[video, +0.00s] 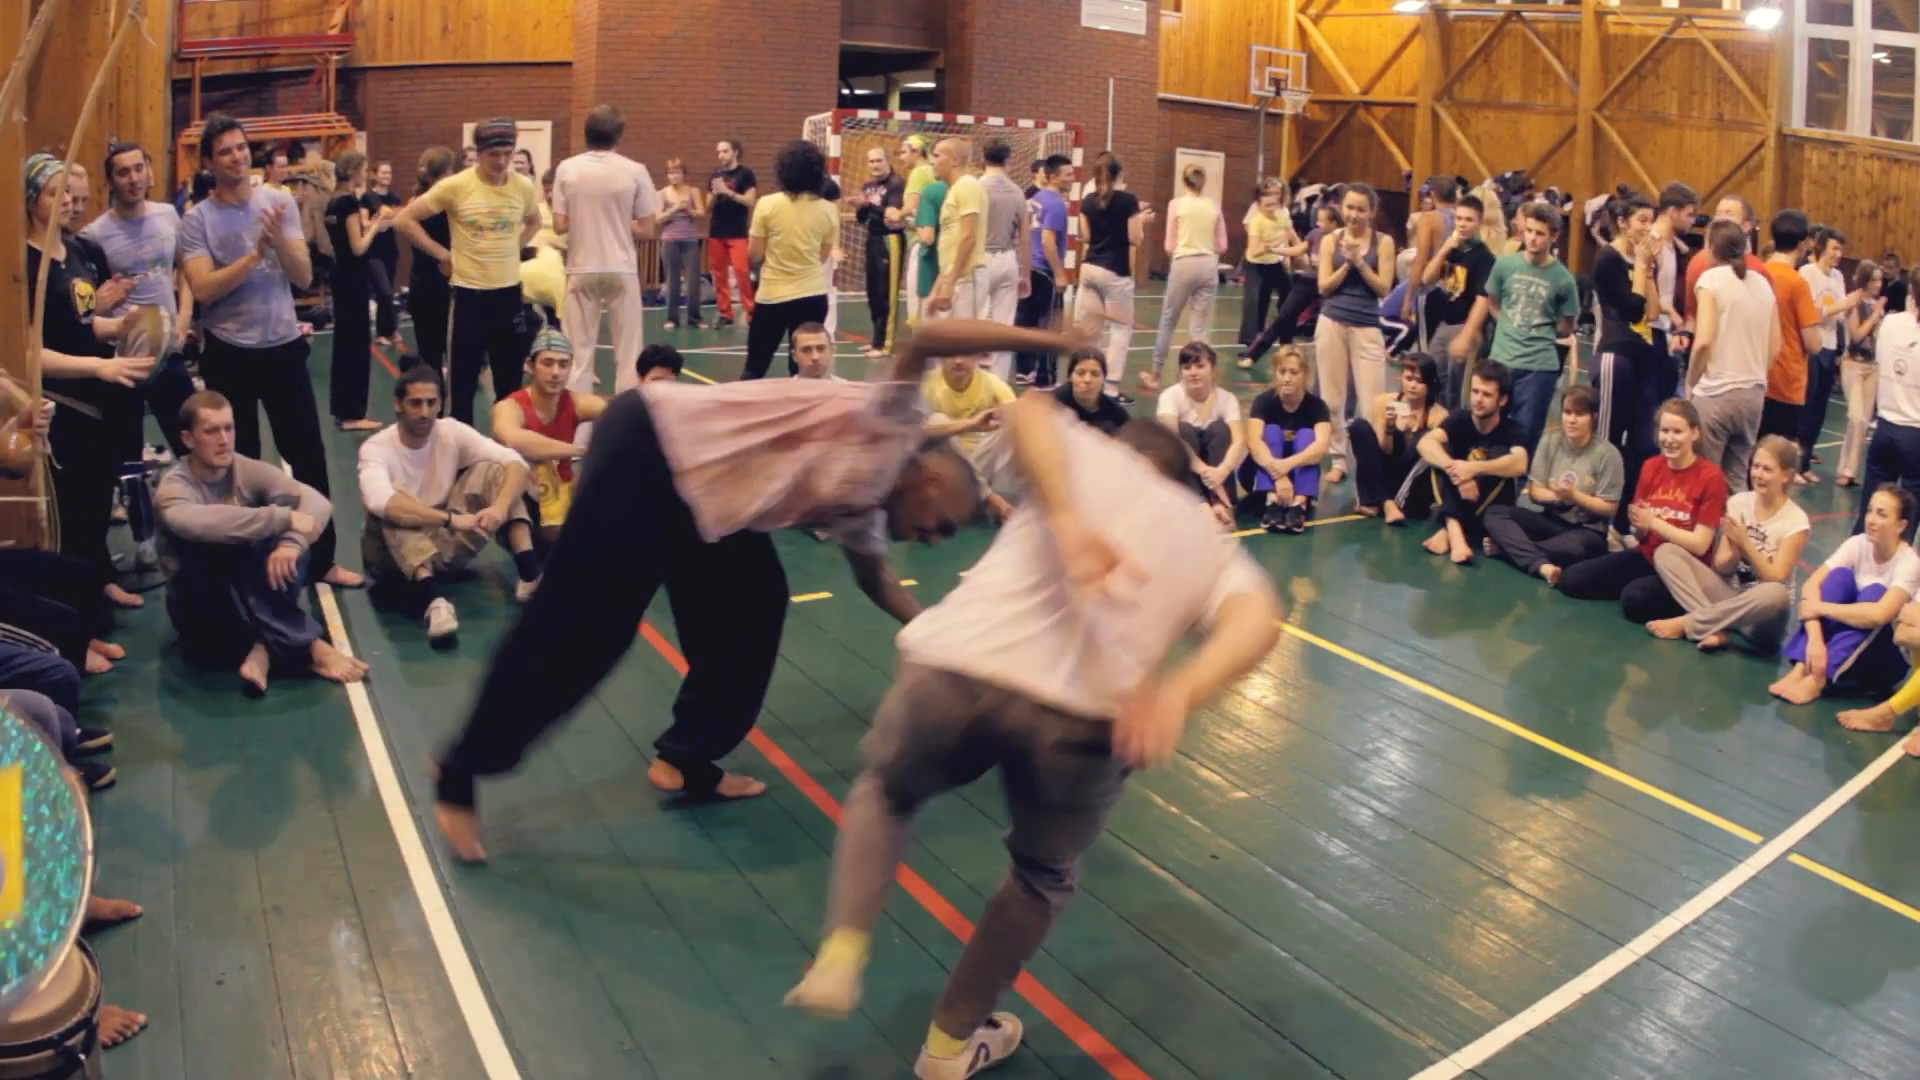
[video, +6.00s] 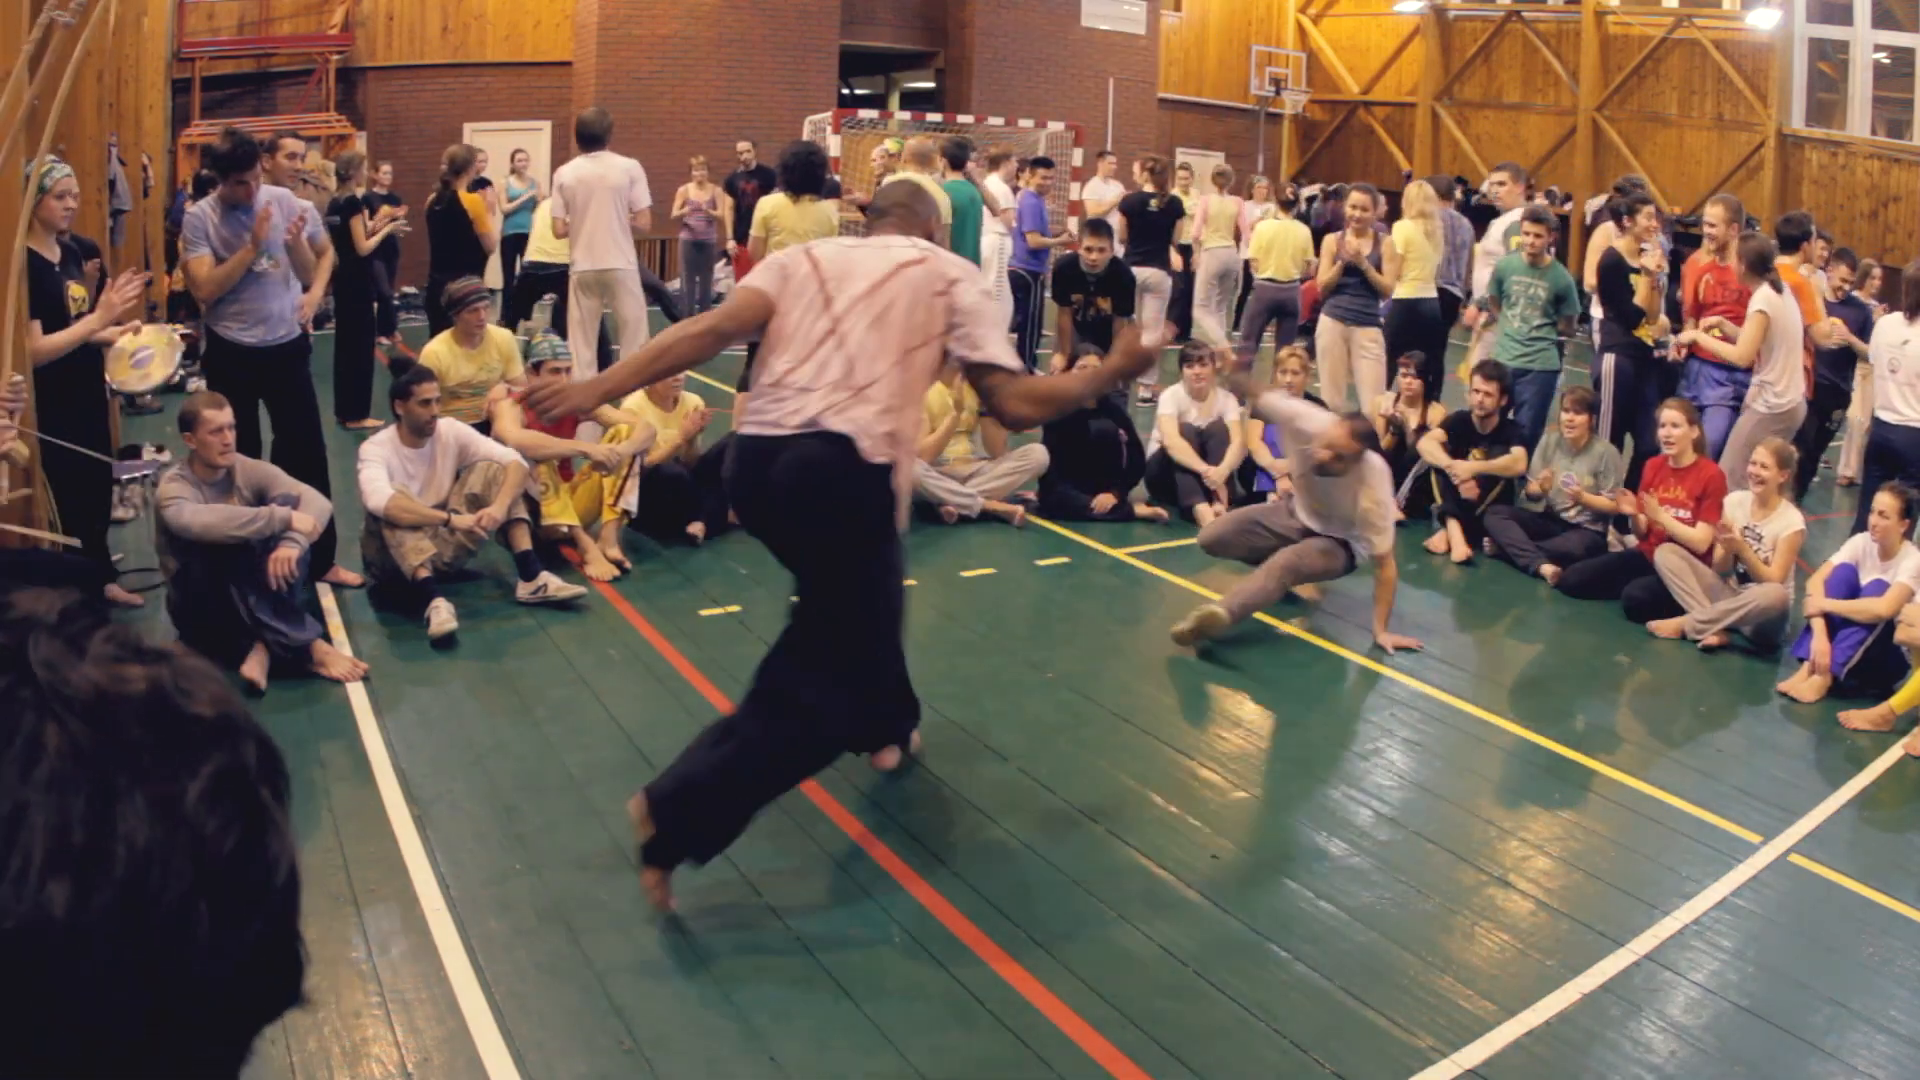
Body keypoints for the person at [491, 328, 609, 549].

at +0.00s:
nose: (555, 372)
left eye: (563, 364)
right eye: (547, 363)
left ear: (570, 368)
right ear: (530, 366)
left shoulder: (576, 402)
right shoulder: (510, 407)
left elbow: (620, 412)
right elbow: (512, 439)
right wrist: (580, 451)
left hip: (567, 495)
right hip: (524, 495)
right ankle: (530, 573)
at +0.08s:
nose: (555, 373)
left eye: (563, 365)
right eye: (547, 364)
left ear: (570, 368)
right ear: (530, 366)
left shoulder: (579, 403)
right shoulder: (510, 407)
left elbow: (627, 422)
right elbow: (512, 440)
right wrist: (579, 450)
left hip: (566, 495)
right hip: (521, 500)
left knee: (602, 465)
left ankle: (608, 541)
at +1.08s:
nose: (560, 374)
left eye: (564, 365)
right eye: (550, 366)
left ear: (570, 366)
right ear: (529, 370)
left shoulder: (578, 402)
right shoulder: (510, 408)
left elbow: (642, 425)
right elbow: (514, 440)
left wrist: (626, 448)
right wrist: (583, 452)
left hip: (573, 505)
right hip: (528, 511)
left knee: (621, 445)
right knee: (541, 466)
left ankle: (609, 538)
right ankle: (586, 546)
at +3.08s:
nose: (560, 375)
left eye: (564, 367)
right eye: (551, 368)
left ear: (569, 367)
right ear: (529, 370)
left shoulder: (580, 403)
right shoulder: (509, 408)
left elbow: (645, 426)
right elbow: (515, 441)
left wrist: (625, 446)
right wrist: (588, 448)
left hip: (571, 506)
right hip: (527, 513)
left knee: (623, 437)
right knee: (542, 465)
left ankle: (609, 539)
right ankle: (587, 546)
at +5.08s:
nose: (562, 381)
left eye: (567, 372)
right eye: (553, 372)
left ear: (572, 372)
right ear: (532, 372)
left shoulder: (581, 403)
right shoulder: (510, 407)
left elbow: (646, 428)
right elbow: (514, 439)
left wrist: (622, 449)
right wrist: (586, 448)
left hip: (572, 506)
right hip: (528, 511)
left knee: (623, 432)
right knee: (542, 465)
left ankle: (609, 536)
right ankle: (587, 545)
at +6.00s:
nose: (562, 380)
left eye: (567, 371)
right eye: (554, 372)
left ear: (573, 371)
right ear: (533, 373)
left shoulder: (578, 402)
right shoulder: (510, 405)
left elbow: (645, 428)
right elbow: (512, 438)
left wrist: (625, 450)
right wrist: (585, 449)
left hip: (572, 504)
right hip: (528, 509)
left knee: (624, 437)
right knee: (540, 465)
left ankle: (609, 537)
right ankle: (586, 545)